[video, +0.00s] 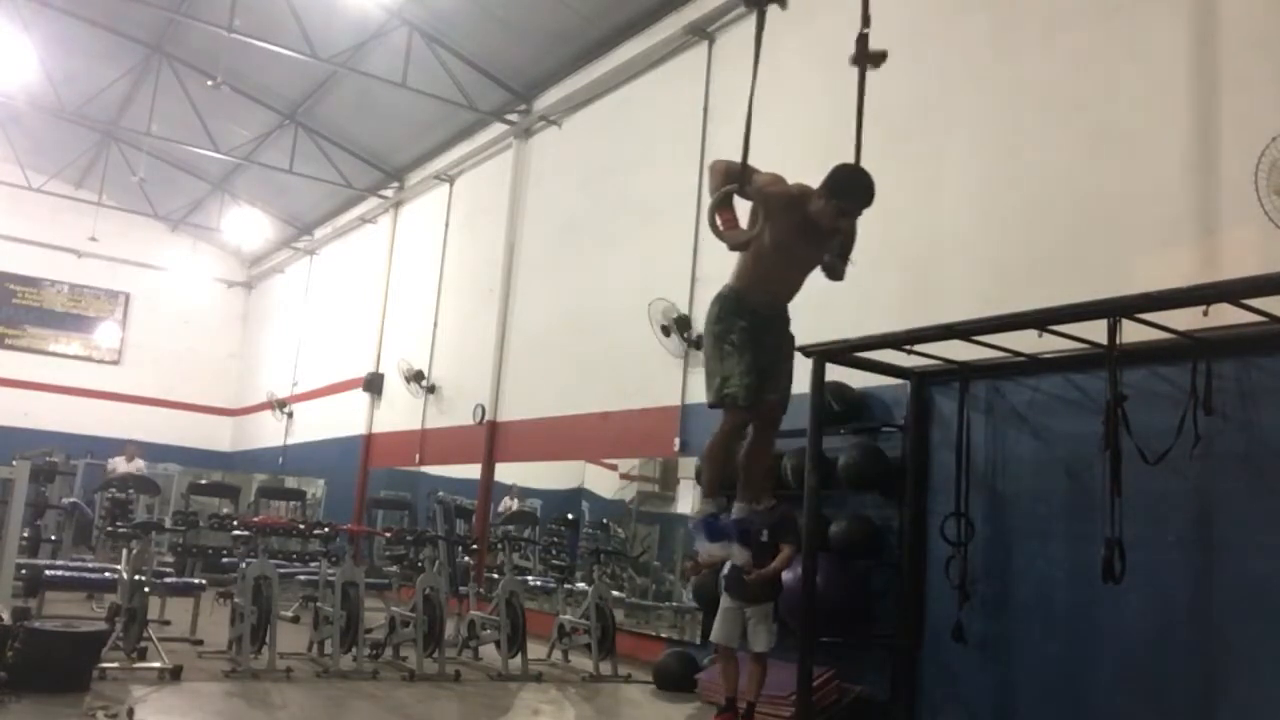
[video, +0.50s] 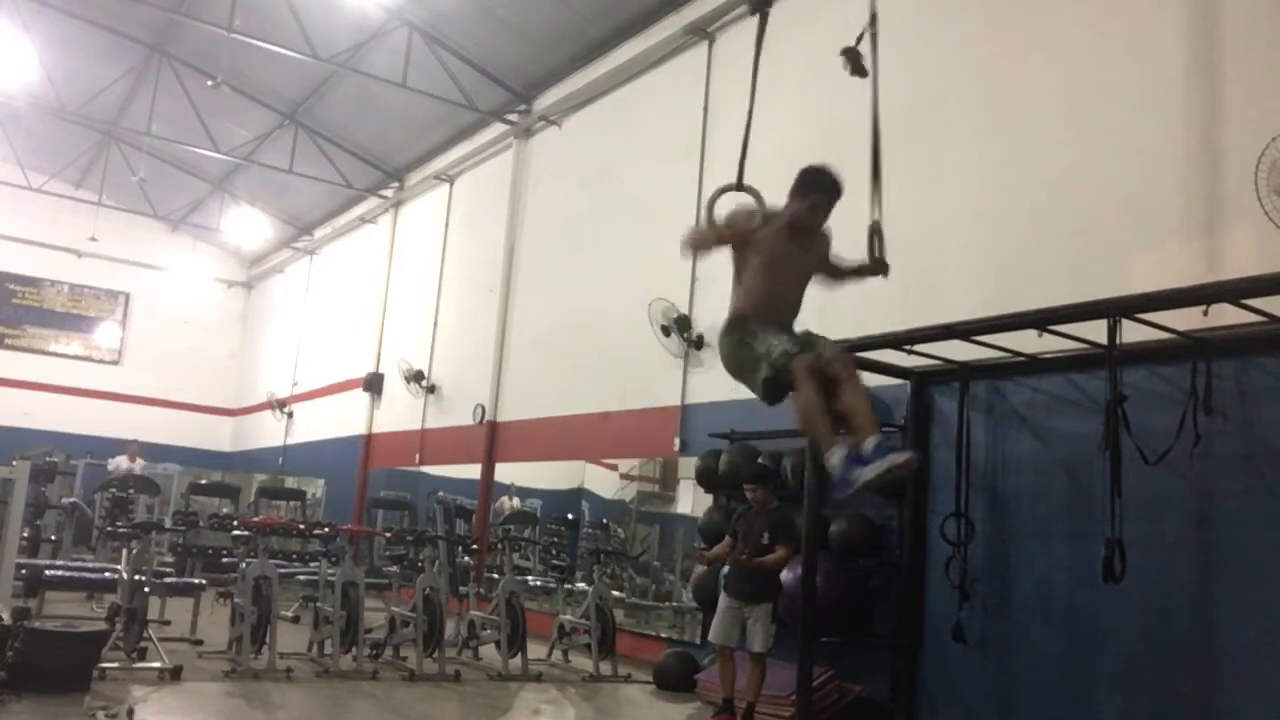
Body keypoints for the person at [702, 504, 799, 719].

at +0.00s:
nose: (749, 488)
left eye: (756, 480)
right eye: (747, 480)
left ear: (768, 485)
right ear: (742, 484)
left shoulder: (781, 514)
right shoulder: (738, 512)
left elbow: (788, 550)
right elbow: (726, 549)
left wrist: (764, 573)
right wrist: (703, 563)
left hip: (762, 593)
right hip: (732, 589)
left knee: (758, 653)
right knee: (724, 648)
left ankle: (749, 710)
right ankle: (729, 706)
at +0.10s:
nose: (753, 490)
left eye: (759, 485)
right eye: (751, 485)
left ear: (769, 487)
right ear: (745, 488)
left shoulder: (781, 515)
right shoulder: (740, 514)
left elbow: (788, 551)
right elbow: (726, 548)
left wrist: (759, 571)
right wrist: (709, 559)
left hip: (761, 592)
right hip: (732, 590)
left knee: (757, 654)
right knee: (723, 647)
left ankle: (749, 710)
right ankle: (728, 705)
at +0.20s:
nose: (751, 488)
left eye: (757, 483)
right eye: (748, 483)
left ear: (770, 487)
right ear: (743, 487)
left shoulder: (780, 517)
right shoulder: (738, 516)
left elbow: (790, 549)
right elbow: (727, 548)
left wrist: (764, 566)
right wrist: (711, 559)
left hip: (762, 595)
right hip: (732, 591)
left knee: (758, 655)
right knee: (722, 646)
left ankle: (749, 710)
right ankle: (728, 704)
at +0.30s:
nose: (753, 491)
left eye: (759, 485)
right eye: (751, 484)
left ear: (773, 487)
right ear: (749, 488)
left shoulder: (780, 518)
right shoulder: (744, 515)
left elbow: (785, 553)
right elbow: (730, 545)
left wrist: (754, 564)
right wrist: (709, 559)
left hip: (763, 594)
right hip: (733, 591)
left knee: (758, 655)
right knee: (722, 648)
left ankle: (749, 711)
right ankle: (726, 706)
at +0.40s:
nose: (750, 496)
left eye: (754, 491)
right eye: (746, 491)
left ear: (769, 490)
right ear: (744, 492)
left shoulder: (782, 517)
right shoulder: (743, 515)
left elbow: (784, 555)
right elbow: (729, 545)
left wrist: (752, 562)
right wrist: (709, 558)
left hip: (762, 598)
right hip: (732, 595)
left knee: (757, 655)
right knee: (723, 647)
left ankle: (749, 710)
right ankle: (727, 705)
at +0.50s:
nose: (750, 496)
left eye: (754, 491)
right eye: (746, 491)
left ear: (768, 490)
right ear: (743, 492)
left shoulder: (782, 517)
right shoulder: (742, 515)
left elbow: (782, 557)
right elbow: (728, 544)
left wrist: (749, 562)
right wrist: (709, 555)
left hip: (761, 598)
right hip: (731, 594)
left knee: (756, 655)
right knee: (722, 647)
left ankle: (749, 711)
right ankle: (727, 705)